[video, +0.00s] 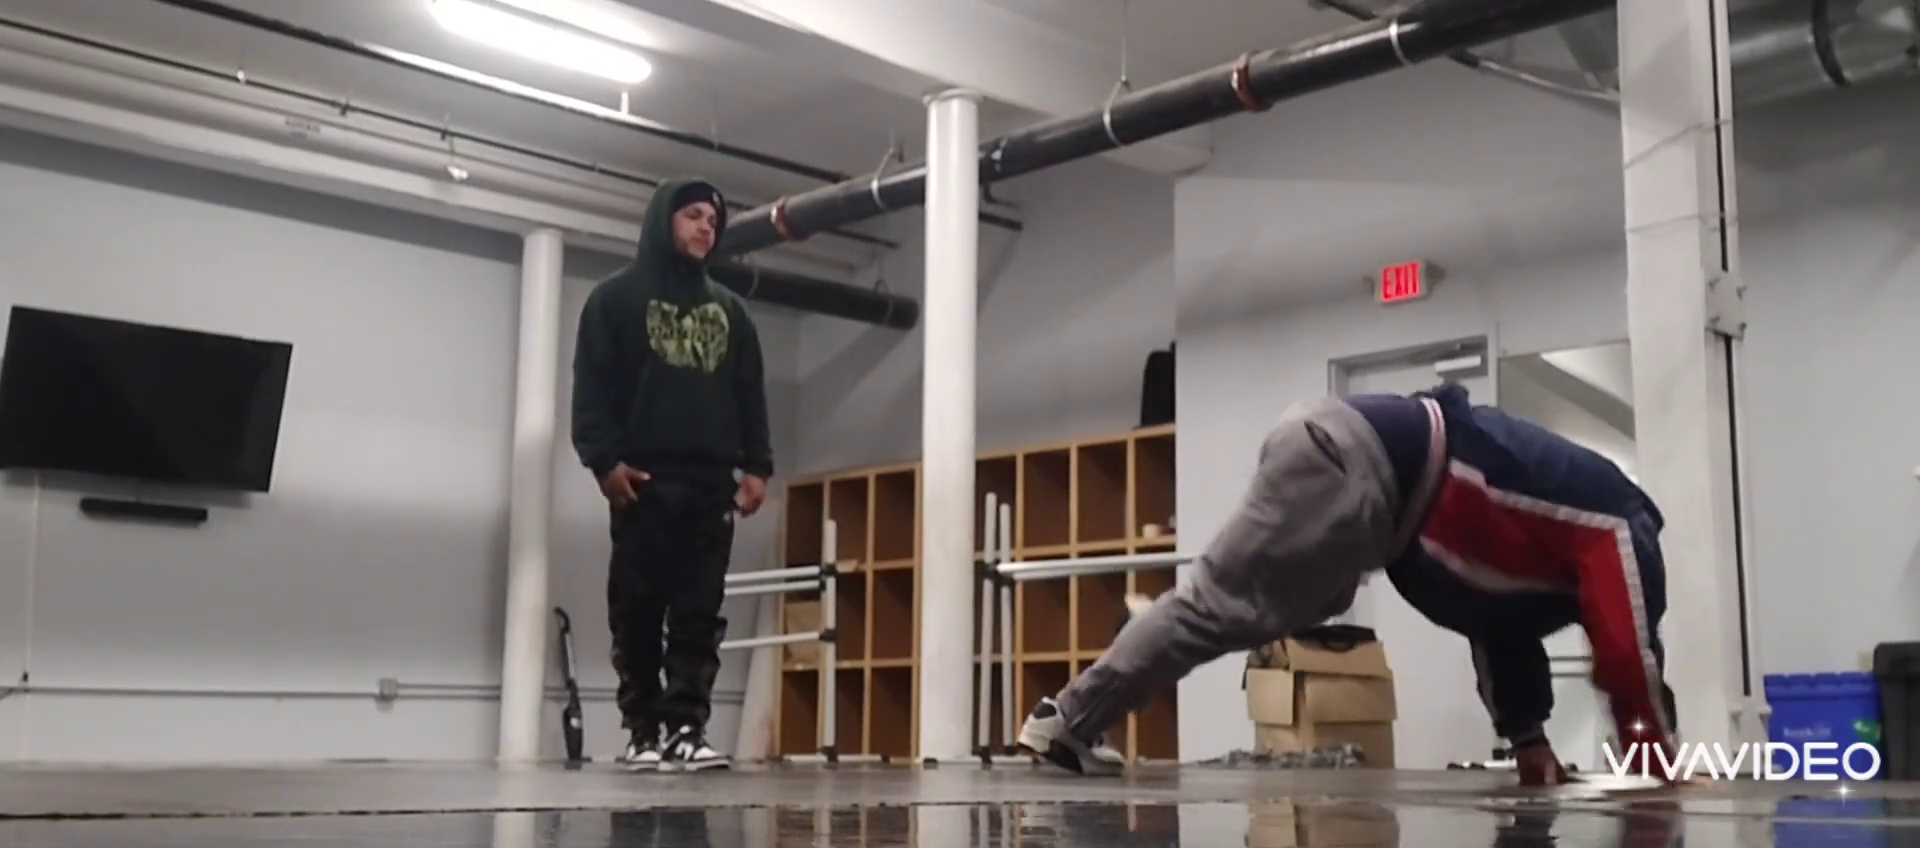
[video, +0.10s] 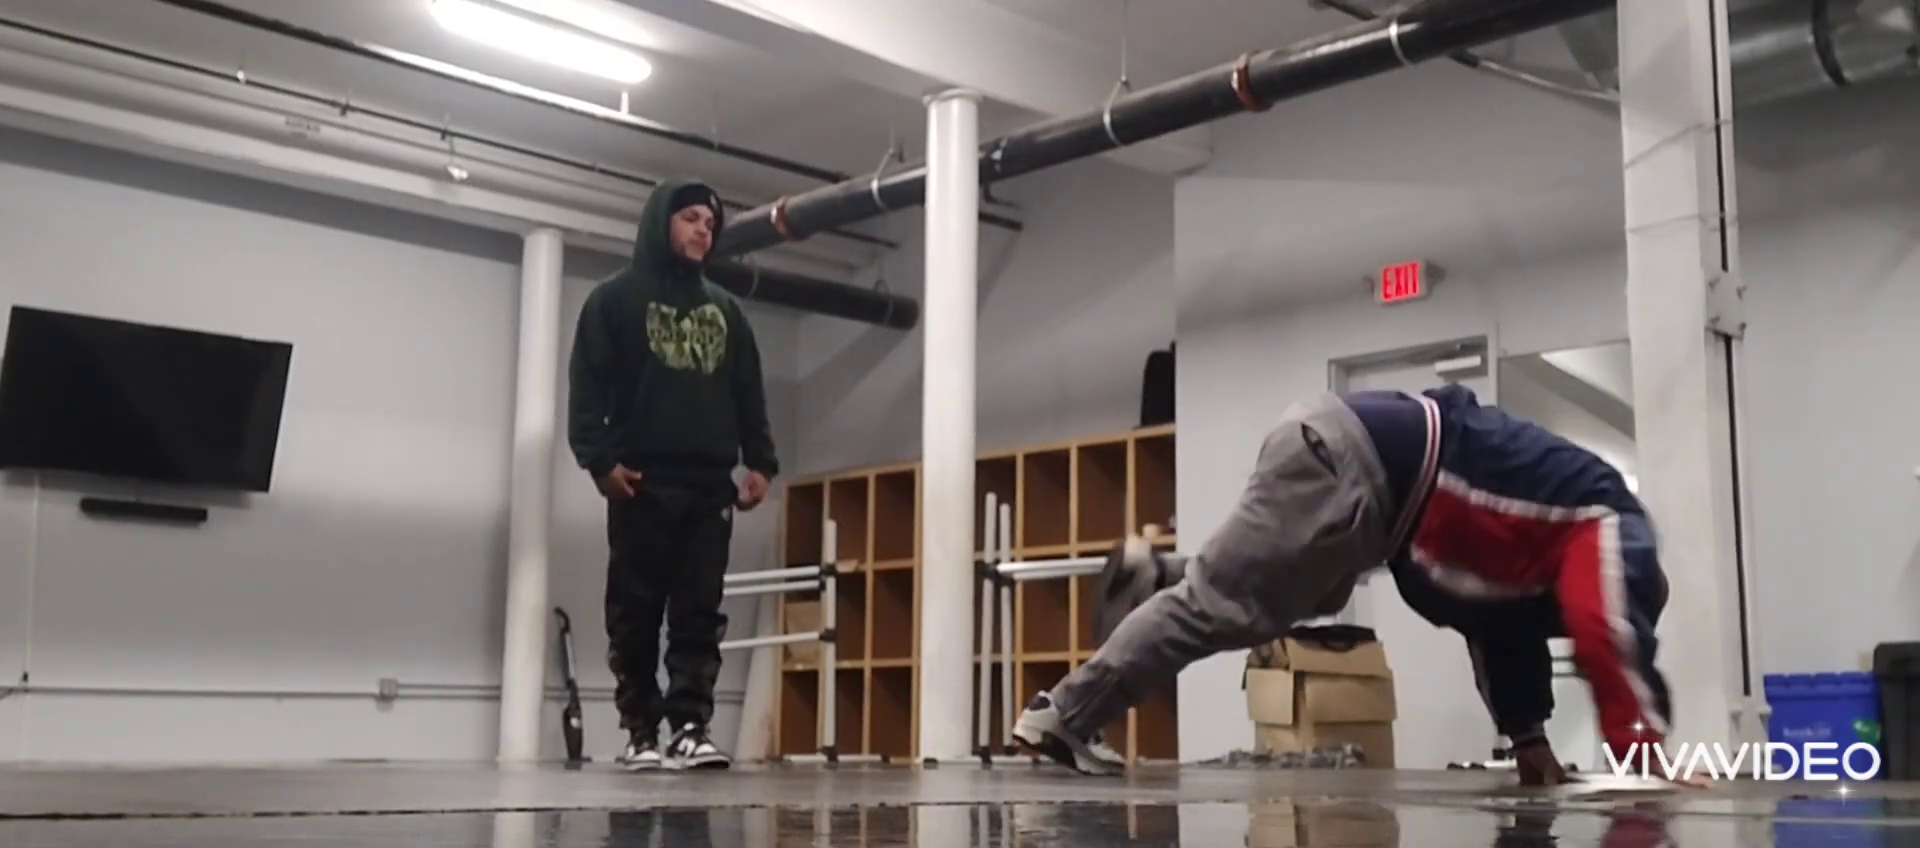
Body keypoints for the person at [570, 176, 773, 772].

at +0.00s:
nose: (705, 229)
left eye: (712, 222)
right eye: (694, 217)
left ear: (717, 234)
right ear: (663, 220)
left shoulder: (730, 309)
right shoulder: (615, 298)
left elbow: (750, 393)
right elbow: (591, 392)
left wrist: (758, 466)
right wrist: (605, 464)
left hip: (711, 479)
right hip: (641, 476)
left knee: (699, 609)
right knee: (637, 607)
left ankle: (686, 731)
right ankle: (644, 733)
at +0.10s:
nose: (702, 231)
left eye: (709, 224)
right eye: (692, 219)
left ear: (713, 236)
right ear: (661, 222)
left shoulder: (724, 308)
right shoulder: (614, 299)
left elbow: (748, 392)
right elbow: (587, 392)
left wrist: (760, 461)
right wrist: (602, 463)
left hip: (708, 482)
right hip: (639, 480)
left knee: (699, 610)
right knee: (635, 609)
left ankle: (688, 730)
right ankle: (641, 732)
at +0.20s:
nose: (702, 232)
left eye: (708, 224)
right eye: (691, 220)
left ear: (713, 235)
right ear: (660, 224)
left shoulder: (723, 307)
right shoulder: (614, 299)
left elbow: (748, 389)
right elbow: (589, 391)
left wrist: (762, 456)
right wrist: (605, 463)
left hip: (709, 481)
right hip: (640, 479)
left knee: (707, 609)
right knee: (637, 609)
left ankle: (705, 730)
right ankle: (642, 733)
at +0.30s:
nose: (704, 233)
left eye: (711, 226)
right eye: (694, 221)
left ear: (714, 238)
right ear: (663, 224)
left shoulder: (722, 308)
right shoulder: (616, 299)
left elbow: (747, 390)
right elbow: (591, 391)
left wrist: (762, 454)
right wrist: (607, 463)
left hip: (713, 482)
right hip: (643, 480)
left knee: (722, 611)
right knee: (638, 611)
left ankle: (728, 729)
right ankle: (642, 734)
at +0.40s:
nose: (710, 234)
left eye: (716, 228)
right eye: (699, 222)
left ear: (718, 240)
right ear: (668, 226)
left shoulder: (726, 311)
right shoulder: (621, 299)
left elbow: (748, 393)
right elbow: (598, 390)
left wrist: (763, 457)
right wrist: (612, 464)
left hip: (717, 483)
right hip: (646, 483)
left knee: (737, 611)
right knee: (640, 612)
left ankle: (747, 733)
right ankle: (642, 737)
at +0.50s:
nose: (718, 235)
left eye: (724, 229)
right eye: (707, 224)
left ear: (727, 242)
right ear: (677, 228)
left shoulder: (733, 315)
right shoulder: (630, 299)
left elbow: (754, 397)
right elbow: (606, 389)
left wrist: (768, 463)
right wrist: (619, 464)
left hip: (722, 486)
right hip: (652, 484)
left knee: (742, 613)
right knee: (644, 612)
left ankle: (755, 731)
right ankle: (642, 735)